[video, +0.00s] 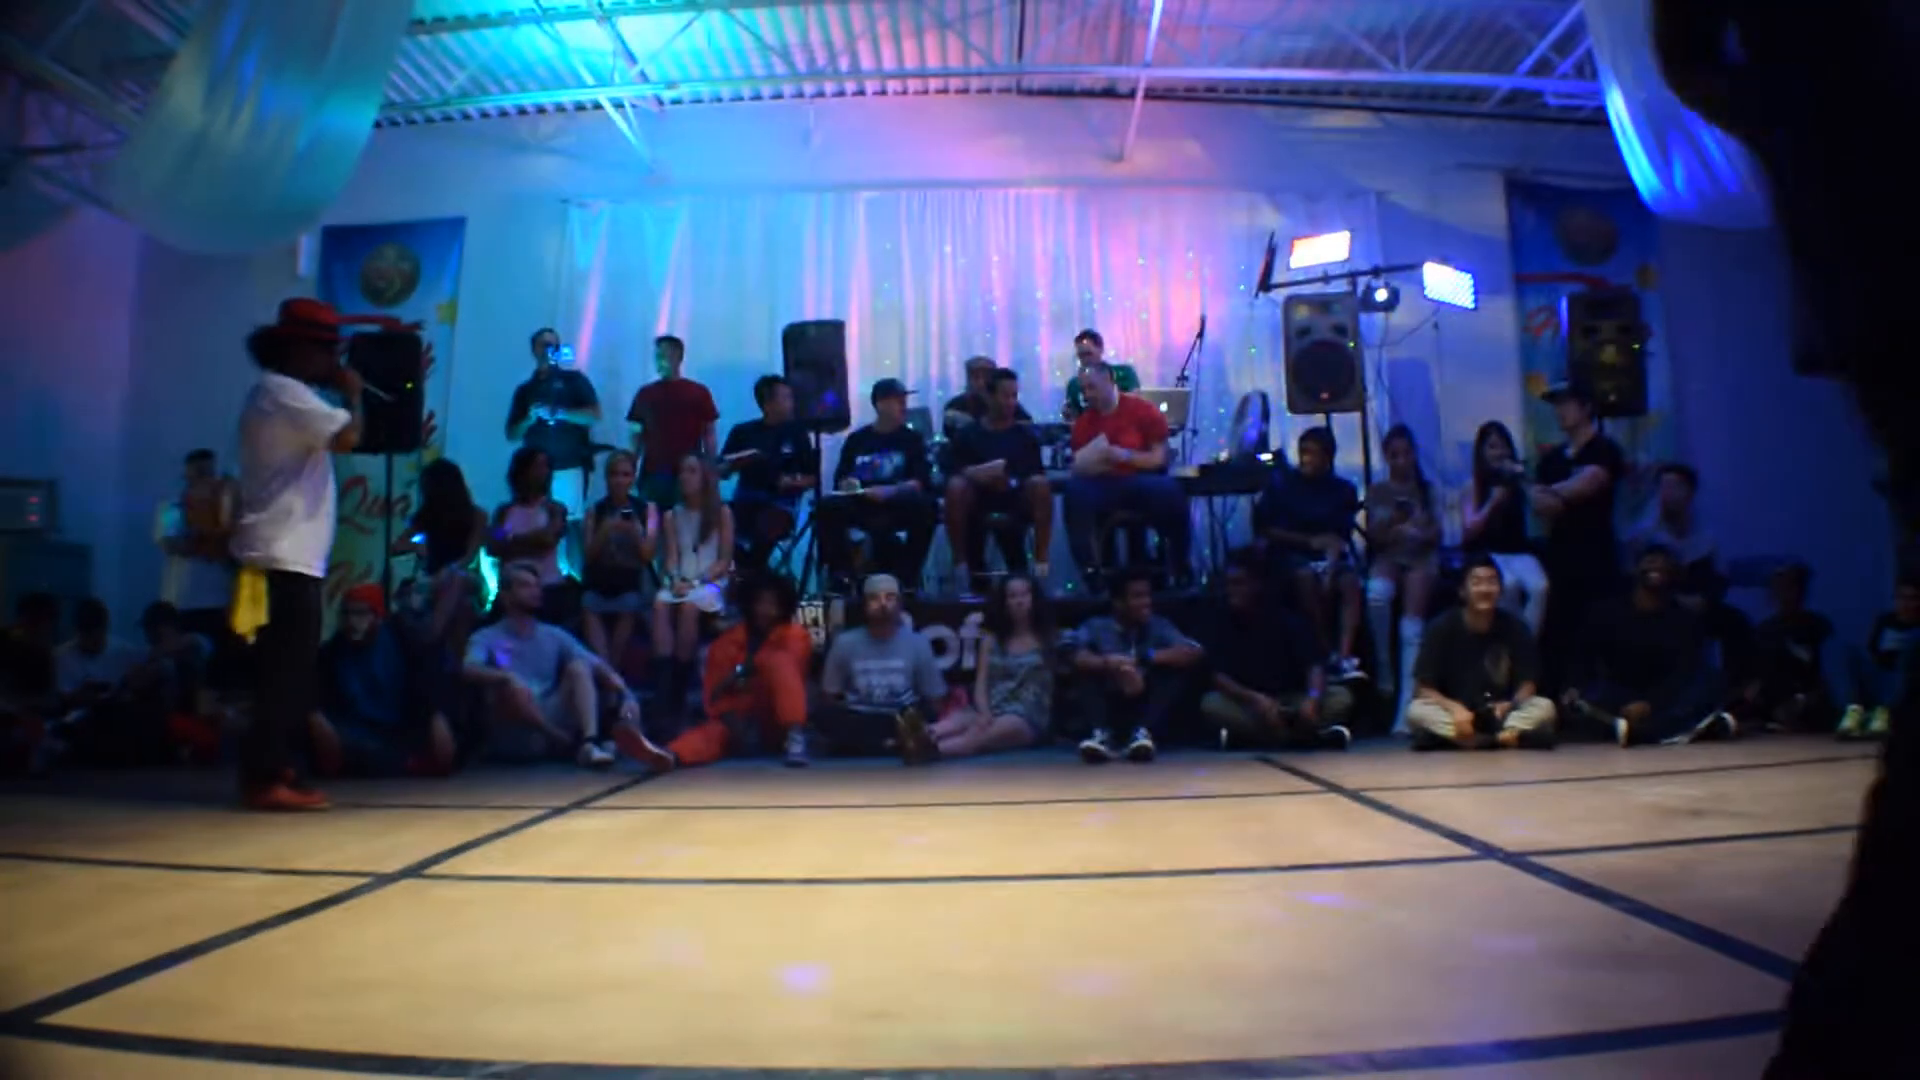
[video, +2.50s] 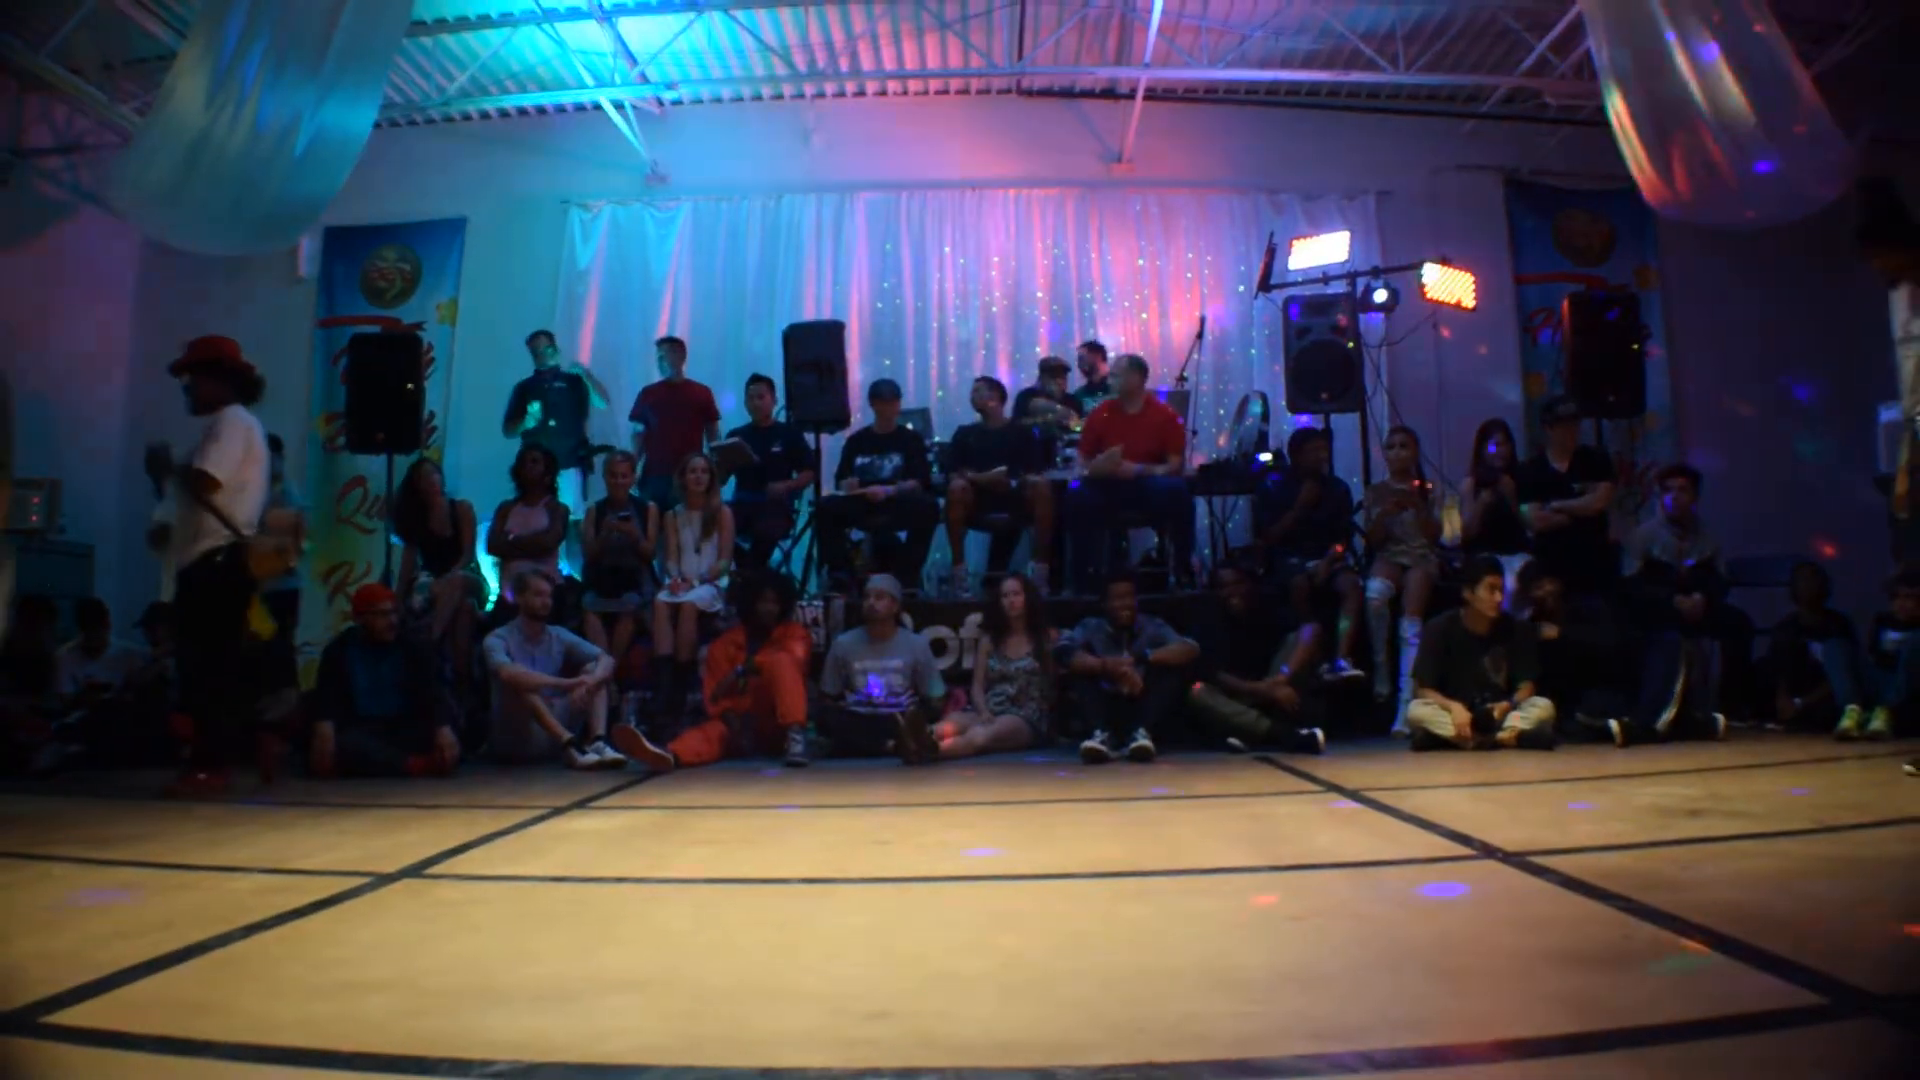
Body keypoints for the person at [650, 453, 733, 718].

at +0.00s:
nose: (685, 478)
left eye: (692, 472)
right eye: (683, 472)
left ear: (705, 478)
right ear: (679, 478)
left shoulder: (721, 514)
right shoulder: (671, 517)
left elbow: (725, 560)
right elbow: (671, 555)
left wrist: (699, 581)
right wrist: (675, 579)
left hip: (709, 579)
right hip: (679, 579)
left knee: (689, 607)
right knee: (660, 605)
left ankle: (682, 677)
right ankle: (662, 676)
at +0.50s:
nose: (685, 476)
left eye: (692, 471)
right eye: (682, 471)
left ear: (704, 477)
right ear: (678, 477)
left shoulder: (720, 512)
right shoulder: (670, 516)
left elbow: (725, 557)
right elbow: (669, 556)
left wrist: (705, 579)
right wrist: (674, 579)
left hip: (709, 579)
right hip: (679, 580)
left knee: (687, 605)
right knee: (659, 604)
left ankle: (681, 679)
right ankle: (662, 677)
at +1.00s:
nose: (685, 476)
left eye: (692, 471)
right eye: (682, 471)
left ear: (705, 478)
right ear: (678, 477)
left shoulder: (720, 513)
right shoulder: (671, 516)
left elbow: (723, 559)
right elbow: (670, 556)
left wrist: (701, 578)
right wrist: (673, 577)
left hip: (709, 579)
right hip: (679, 580)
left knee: (687, 606)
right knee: (659, 605)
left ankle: (680, 680)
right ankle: (662, 679)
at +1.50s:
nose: (697, 477)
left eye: (703, 471)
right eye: (691, 471)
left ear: (710, 477)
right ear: (681, 477)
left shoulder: (720, 512)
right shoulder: (671, 516)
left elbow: (724, 560)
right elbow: (670, 555)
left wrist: (698, 580)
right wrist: (673, 576)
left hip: (710, 579)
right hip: (679, 580)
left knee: (687, 606)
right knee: (659, 605)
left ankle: (681, 679)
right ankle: (662, 678)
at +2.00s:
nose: (698, 476)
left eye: (704, 471)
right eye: (692, 471)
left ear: (711, 477)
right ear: (682, 477)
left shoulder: (721, 512)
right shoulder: (671, 516)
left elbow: (723, 560)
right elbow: (670, 556)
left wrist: (697, 581)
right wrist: (673, 577)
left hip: (711, 579)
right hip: (680, 580)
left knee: (687, 606)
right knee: (659, 605)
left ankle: (681, 682)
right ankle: (662, 680)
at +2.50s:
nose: (699, 477)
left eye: (704, 472)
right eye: (693, 472)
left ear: (711, 477)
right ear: (683, 477)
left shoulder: (721, 513)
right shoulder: (672, 516)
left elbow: (725, 560)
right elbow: (671, 557)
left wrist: (699, 580)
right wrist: (675, 577)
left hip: (710, 579)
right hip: (681, 580)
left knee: (688, 605)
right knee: (661, 603)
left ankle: (682, 679)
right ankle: (663, 678)